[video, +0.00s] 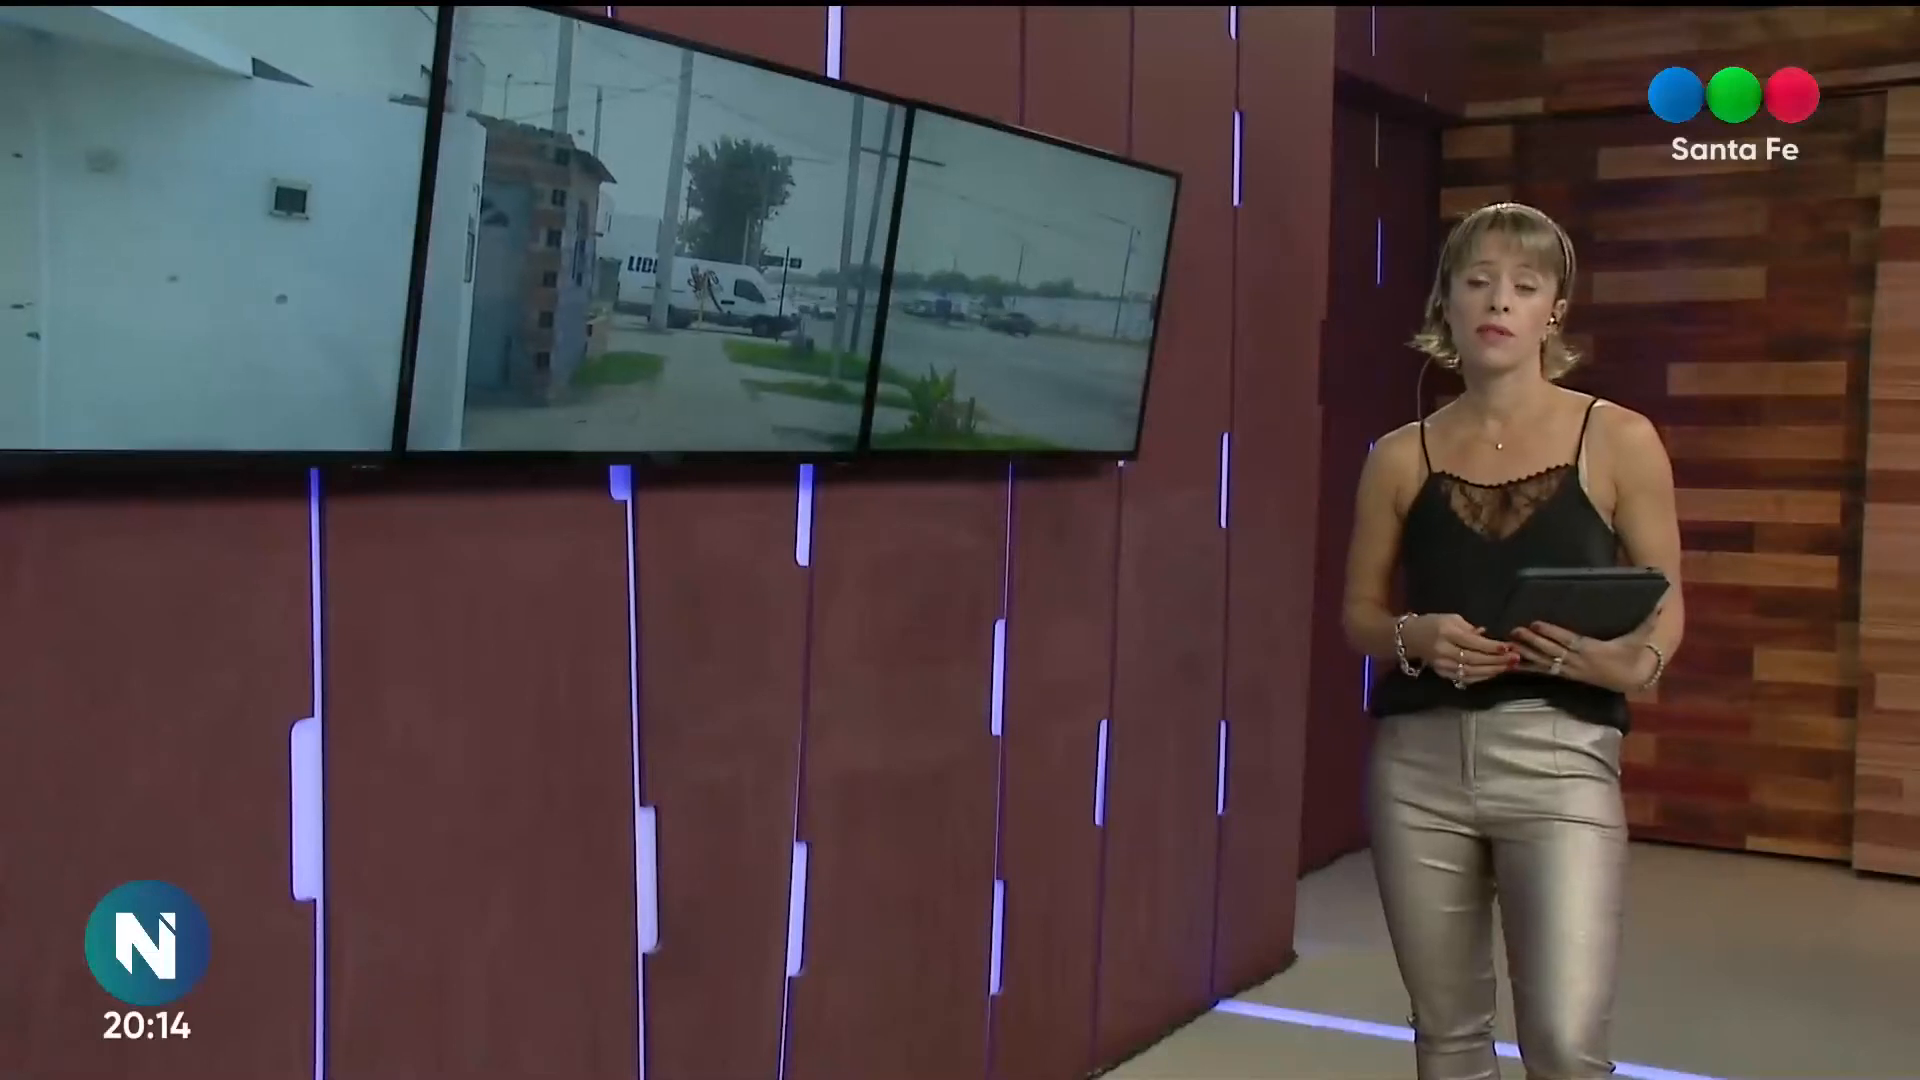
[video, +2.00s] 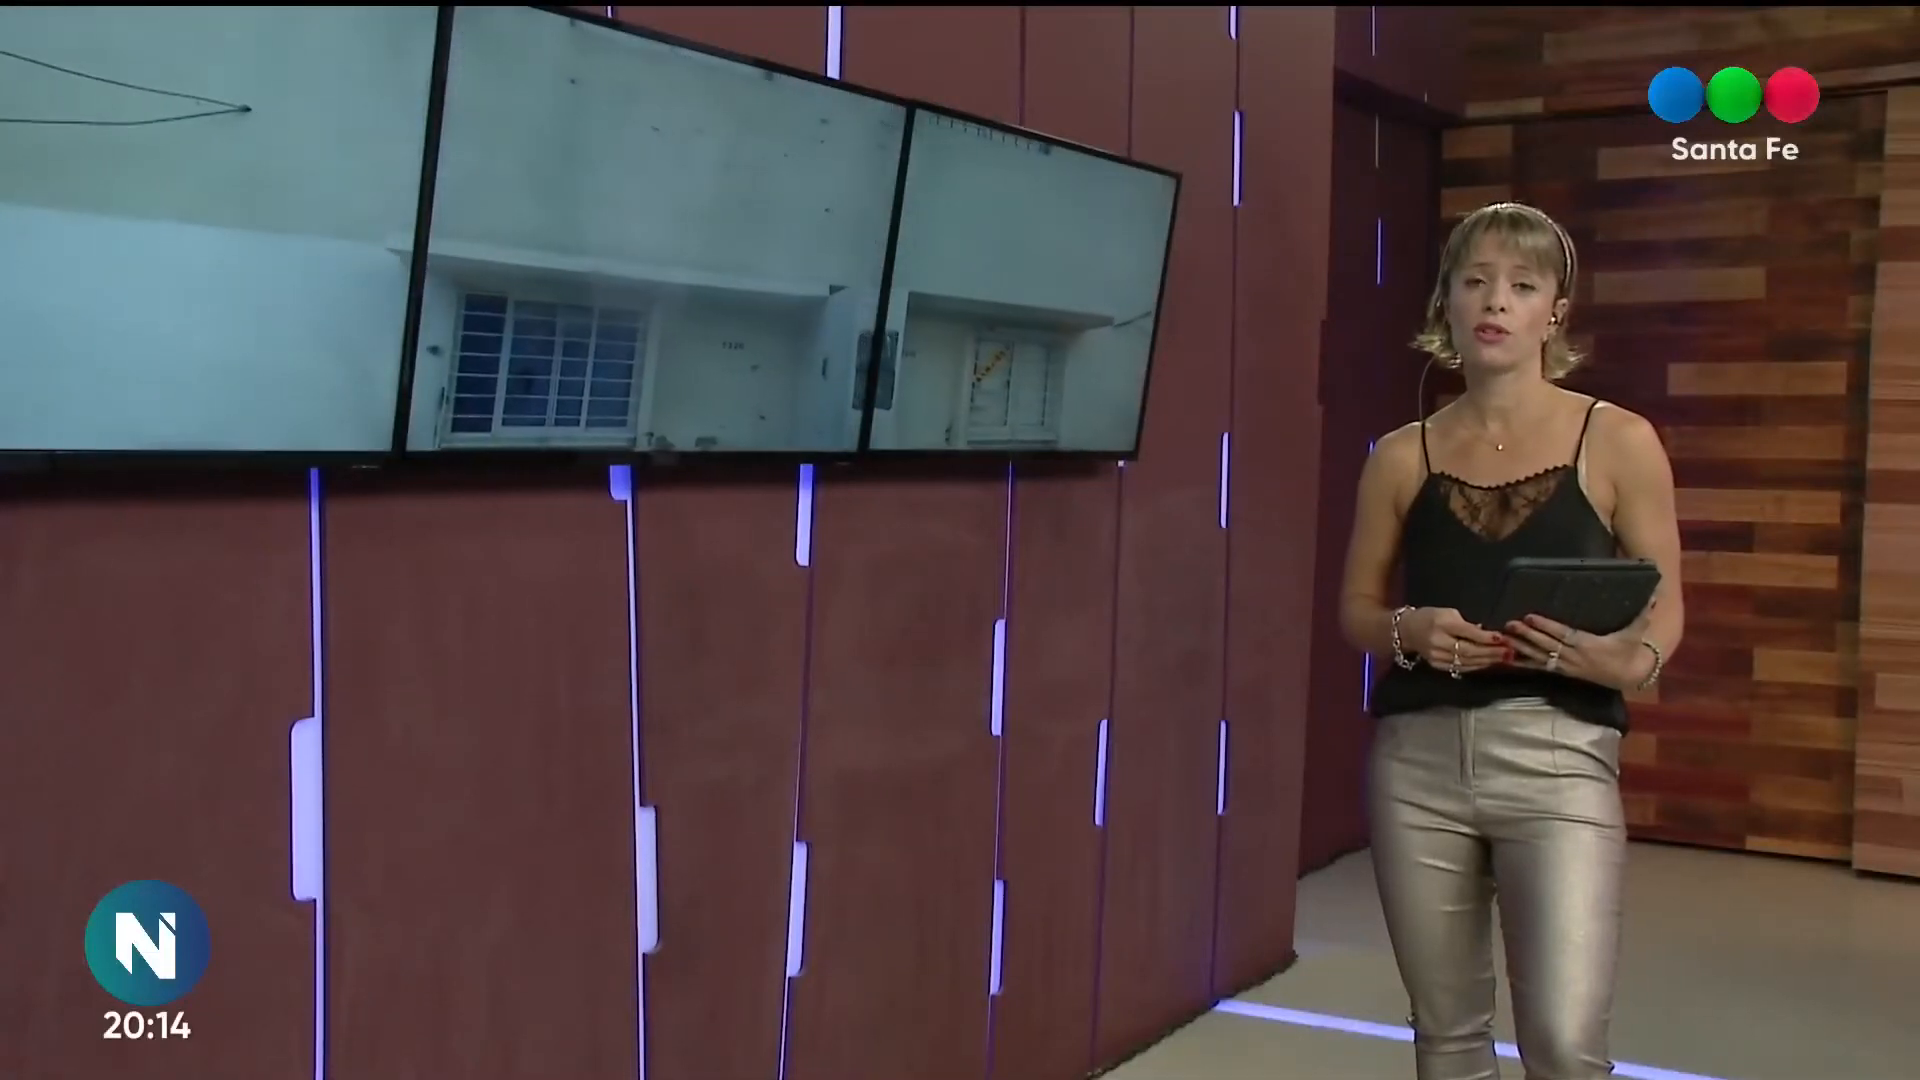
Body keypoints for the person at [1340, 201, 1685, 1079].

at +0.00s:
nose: (1495, 300)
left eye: (1521, 285)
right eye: (1476, 281)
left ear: (1554, 313)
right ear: (1447, 305)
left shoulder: (1619, 441)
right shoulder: (1400, 459)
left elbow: (1663, 598)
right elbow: (1360, 616)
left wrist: (1631, 665)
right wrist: (1410, 638)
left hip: (1558, 766)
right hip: (1417, 769)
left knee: (1564, 1048)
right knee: (1447, 1042)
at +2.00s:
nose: (1492, 301)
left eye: (1519, 285)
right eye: (1474, 281)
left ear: (1554, 312)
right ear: (1446, 304)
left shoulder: (1619, 442)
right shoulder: (1400, 459)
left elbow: (1662, 604)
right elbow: (1356, 610)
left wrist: (1627, 662)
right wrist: (1403, 630)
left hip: (1556, 766)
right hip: (1416, 767)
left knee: (1563, 1048)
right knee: (1447, 1038)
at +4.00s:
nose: (1497, 306)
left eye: (1524, 290)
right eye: (1479, 285)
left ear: (1558, 315)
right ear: (1450, 306)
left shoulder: (1622, 444)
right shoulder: (1402, 459)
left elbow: (1665, 609)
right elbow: (1354, 610)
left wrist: (1630, 664)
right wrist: (1409, 628)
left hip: (1560, 767)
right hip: (1418, 767)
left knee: (1565, 1048)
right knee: (1447, 1040)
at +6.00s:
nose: (1493, 301)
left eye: (1519, 286)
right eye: (1474, 282)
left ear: (1553, 314)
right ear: (1445, 306)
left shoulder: (1618, 443)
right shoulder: (1399, 460)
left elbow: (1663, 604)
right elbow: (1353, 614)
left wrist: (1630, 662)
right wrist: (1411, 630)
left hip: (1558, 767)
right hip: (1416, 768)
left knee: (1564, 1049)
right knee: (1446, 1040)